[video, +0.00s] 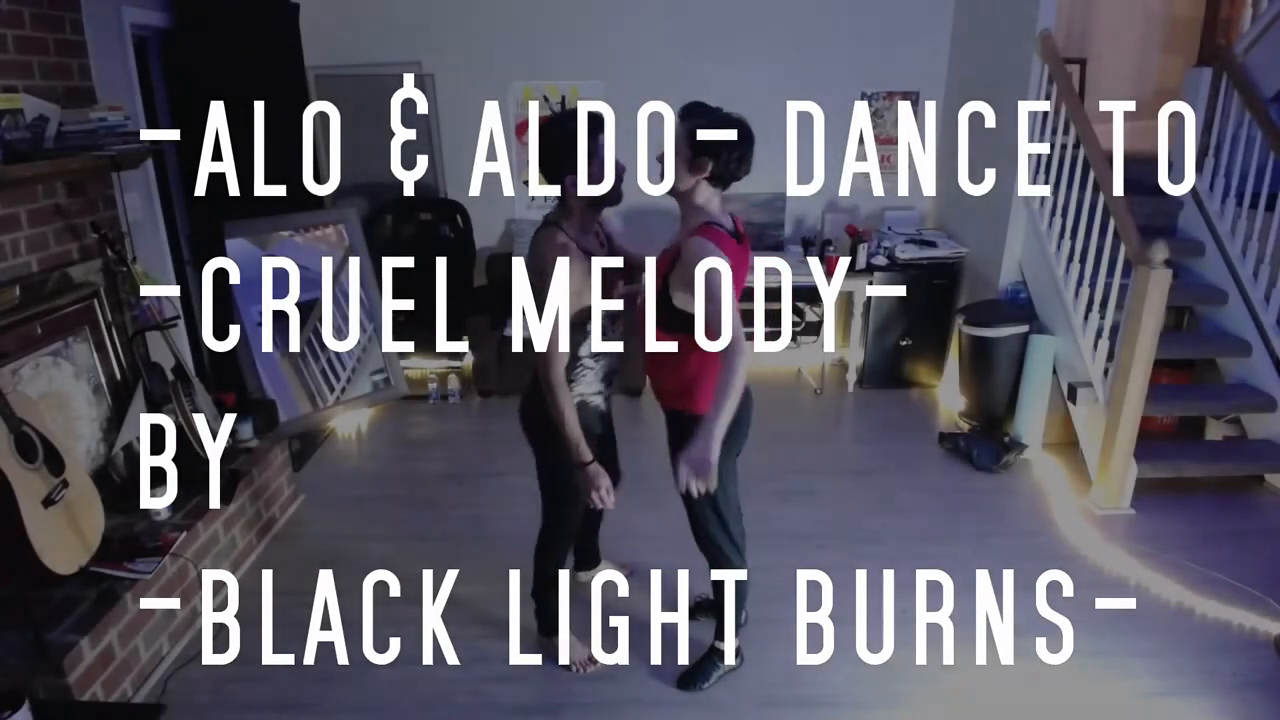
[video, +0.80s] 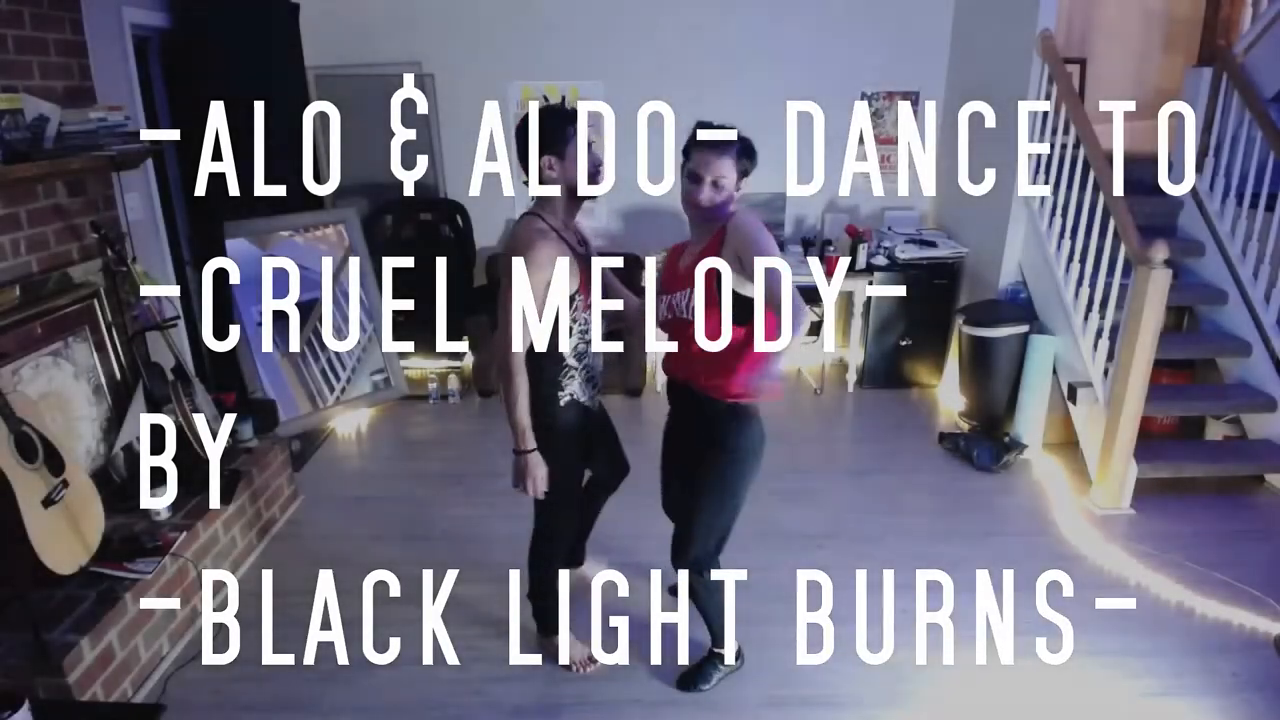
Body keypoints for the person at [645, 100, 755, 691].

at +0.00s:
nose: (664, 159)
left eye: (675, 151)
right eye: (668, 148)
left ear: (702, 164)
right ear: (708, 165)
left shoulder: (708, 251)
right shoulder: (704, 228)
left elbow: (737, 352)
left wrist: (709, 435)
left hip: (704, 413)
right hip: (701, 403)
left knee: (712, 527)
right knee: (715, 514)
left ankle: (727, 645)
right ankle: (727, 600)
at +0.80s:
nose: (701, 195)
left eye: (717, 184)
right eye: (693, 179)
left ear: (740, 186)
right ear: (679, 176)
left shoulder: (744, 234)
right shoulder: (683, 249)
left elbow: (786, 313)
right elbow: (664, 316)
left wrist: (749, 363)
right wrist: (611, 298)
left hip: (731, 421)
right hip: (685, 414)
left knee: (694, 553)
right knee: (680, 514)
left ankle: (725, 648)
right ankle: (686, 584)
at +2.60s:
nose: (666, 165)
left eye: (672, 158)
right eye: (670, 157)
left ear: (694, 170)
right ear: (709, 172)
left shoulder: (704, 255)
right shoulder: (707, 221)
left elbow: (722, 349)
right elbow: (658, 240)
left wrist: (735, 428)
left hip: (699, 395)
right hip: (688, 385)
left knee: (702, 514)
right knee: (683, 484)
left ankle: (718, 646)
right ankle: (711, 573)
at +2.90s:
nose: (677, 176)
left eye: (680, 168)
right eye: (680, 167)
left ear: (695, 175)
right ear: (731, 176)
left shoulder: (705, 264)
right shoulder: (736, 231)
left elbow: (711, 359)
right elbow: (681, 245)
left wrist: (706, 442)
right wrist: (616, 233)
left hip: (691, 398)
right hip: (711, 385)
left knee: (687, 513)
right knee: (689, 488)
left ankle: (718, 649)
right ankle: (714, 572)